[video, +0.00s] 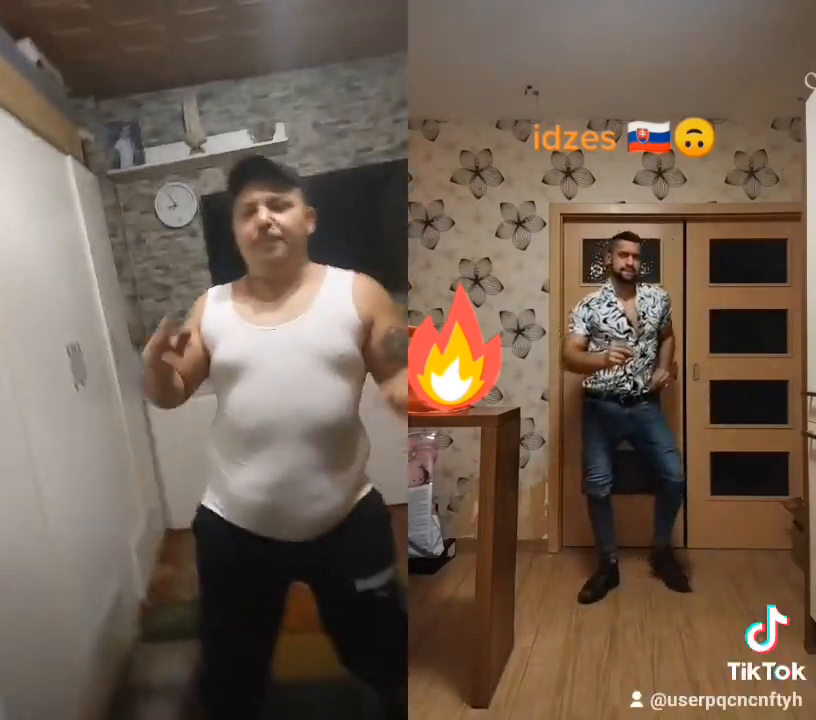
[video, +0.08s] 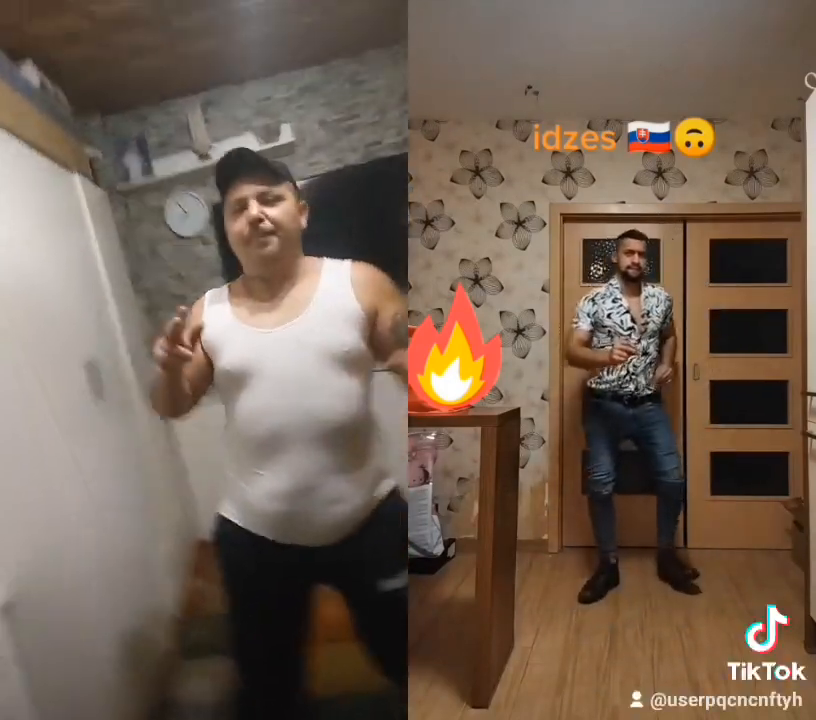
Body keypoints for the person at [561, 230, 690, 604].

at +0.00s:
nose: (630, 262)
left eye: (635, 257)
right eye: (624, 256)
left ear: (641, 263)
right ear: (609, 259)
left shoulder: (657, 299)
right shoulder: (589, 305)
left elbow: (667, 337)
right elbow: (570, 357)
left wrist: (663, 368)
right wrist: (602, 360)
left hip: (645, 405)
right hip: (601, 406)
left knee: (673, 477)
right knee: (597, 485)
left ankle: (662, 554)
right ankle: (607, 566)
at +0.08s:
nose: (636, 260)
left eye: (641, 255)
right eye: (629, 254)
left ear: (647, 261)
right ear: (615, 257)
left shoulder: (660, 299)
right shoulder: (594, 301)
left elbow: (669, 336)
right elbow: (573, 352)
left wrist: (667, 363)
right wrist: (605, 358)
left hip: (648, 404)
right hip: (604, 403)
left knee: (671, 477)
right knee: (600, 481)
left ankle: (667, 558)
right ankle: (607, 566)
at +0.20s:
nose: (644, 261)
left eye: (650, 255)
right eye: (638, 254)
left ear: (657, 261)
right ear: (625, 258)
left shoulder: (667, 301)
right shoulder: (601, 298)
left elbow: (675, 340)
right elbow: (579, 348)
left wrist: (674, 363)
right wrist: (610, 355)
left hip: (657, 407)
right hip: (611, 405)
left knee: (673, 480)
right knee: (602, 483)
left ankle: (671, 561)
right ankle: (607, 566)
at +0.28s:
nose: (649, 261)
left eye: (655, 256)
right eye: (643, 255)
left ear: (662, 262)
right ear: (630, 259)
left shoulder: (672, 302)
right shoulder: (606, 299)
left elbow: (681, 341)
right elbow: (583, 349)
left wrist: (679, 362)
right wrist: (613, 355)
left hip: (661, 407)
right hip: (616, 406)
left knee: (674, 481)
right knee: (601, 481)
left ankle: (671, 561)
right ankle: (609, 566)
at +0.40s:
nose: (656, 265)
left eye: (661, 259)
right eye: (650, 258)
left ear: (669, 265)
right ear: (637, 263)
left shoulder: (682, 306)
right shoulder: (615, 304)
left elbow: (690, 345)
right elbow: (591, 353)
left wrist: (689, 363)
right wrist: (617, 362)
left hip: (668, 408)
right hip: (623, 408)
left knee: (675, 480)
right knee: (599, 474)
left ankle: (671, 562)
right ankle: (618, 568)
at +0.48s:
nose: (659, 267)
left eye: (665, 261)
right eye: (653, 261)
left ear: (673, 267)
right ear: (641, 265)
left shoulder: (686, 310)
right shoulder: (617, 308)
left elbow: (696, 345)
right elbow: (597, 357)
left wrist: (694, 365)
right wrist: (620, 366)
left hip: (672, 412)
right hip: (627, 412)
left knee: (678, 484)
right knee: (603, 478)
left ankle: (671, 562)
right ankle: (624, 571)